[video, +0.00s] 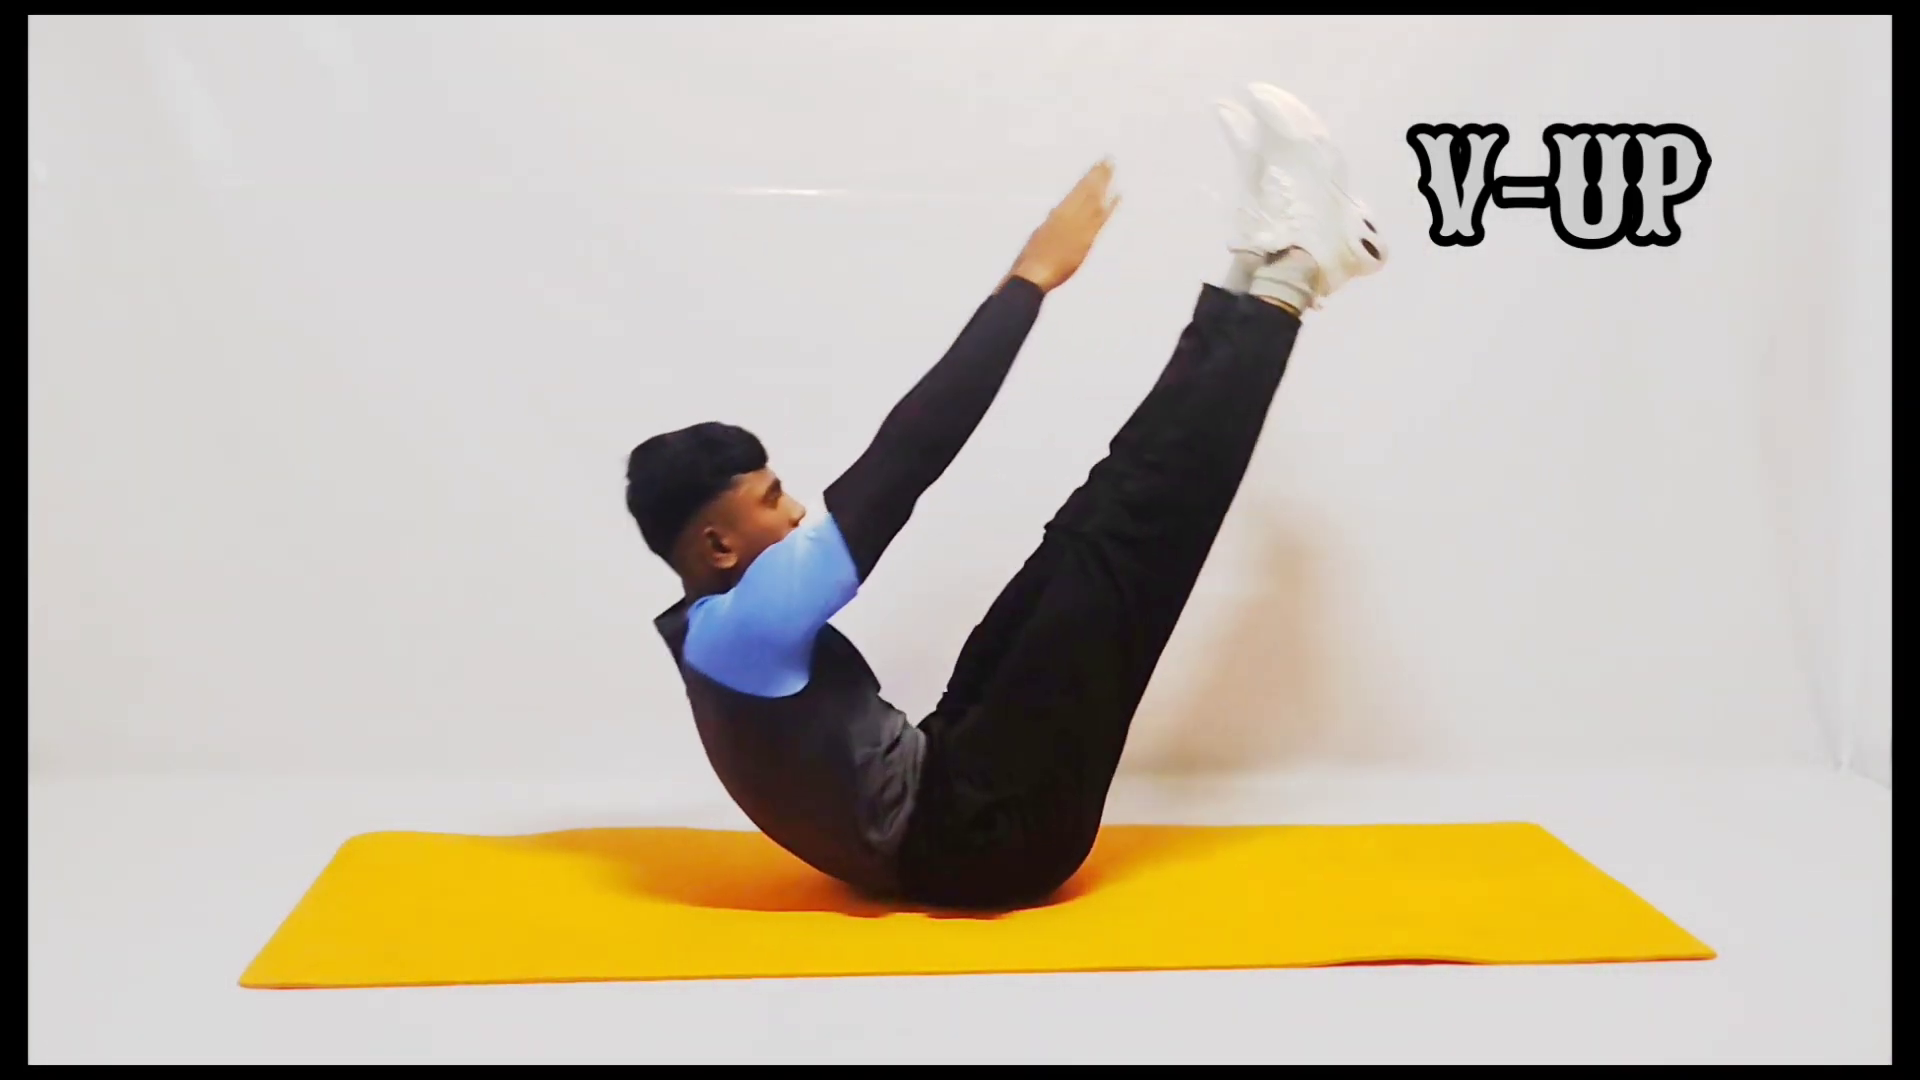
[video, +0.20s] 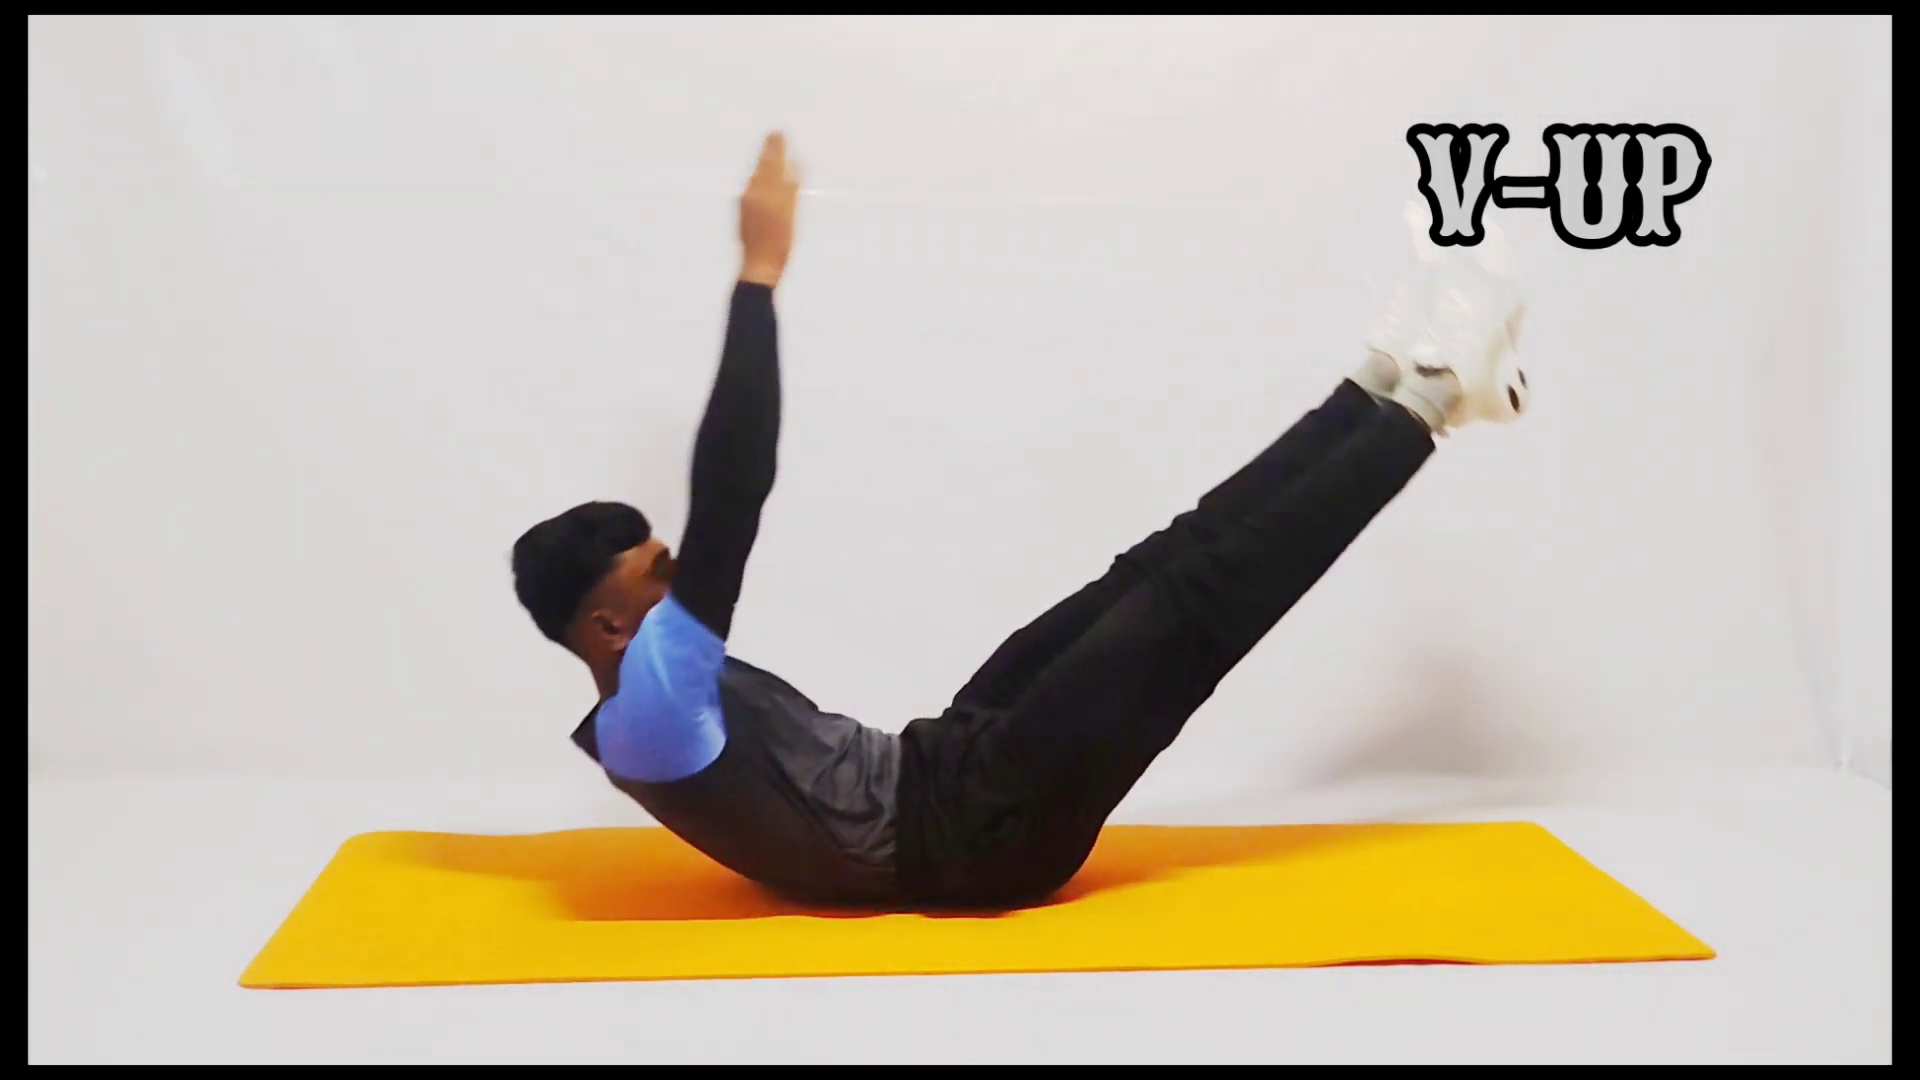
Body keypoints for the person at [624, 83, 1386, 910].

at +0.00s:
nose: (796, 507)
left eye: (777, 489)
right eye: (767, 497)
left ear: (714, 547)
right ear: (714, 543)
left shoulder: (734, 623)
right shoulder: (753, 617)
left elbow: (902, 457)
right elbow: (907, 455)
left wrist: (1020, 284)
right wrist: (1029, 280)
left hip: (955, 803)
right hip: (977, 836)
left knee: (1095, 533)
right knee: (1114, 546)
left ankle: (1260, 277)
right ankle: (1277, 285)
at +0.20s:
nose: (667, 582)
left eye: (656, 567)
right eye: (641, 576)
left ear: (613, 607)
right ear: (590, 625)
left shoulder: (657, 683)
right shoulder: (649, 702)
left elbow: (726, 500)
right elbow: (727, 501)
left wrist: (752, 287)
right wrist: (758, 281)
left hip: (948, 779)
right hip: (970, 833)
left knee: (1157, 576)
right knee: (1192, 605)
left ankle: (1381, 390)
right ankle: (1421, 409)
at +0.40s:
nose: (621, 650)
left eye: (599, 631)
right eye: (586, 645)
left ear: (557, 679)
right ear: (545, 686)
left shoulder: (631, 747)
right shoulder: (601, 796)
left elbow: (585, 564)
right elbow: (528, 592)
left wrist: (482, 387)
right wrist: (433, 399)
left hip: (953, 772)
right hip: (959, 828)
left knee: (1211, 641)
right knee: (1220, 677)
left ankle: (1478, 520)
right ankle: (1496, 543)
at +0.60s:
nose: (538, 688)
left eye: (521, 677)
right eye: (509, 699)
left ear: (526, 703)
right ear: (484, 755)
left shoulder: (593, 764)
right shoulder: (558, 833)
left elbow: (458, 635)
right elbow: (368, 702)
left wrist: (287, 536)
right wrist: (194, 590)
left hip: (959, 769)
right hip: (953, 824)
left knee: (1243, 700)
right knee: (1232, 736)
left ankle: (1539, 662)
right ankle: (1544, 666)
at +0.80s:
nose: (521, 715)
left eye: (499, 708)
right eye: (496, 733)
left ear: (510, 748)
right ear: (488, 800)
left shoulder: (583, 790)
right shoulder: (582, 847)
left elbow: (365, 758)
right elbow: (404, 821)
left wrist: (162, 723)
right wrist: (147, 752)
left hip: (986, 767)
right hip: (978, 821)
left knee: (1240, 732)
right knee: (1247, 757)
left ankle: (1548, 735)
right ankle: (1556, 735)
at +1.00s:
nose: (510, 741)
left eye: (489, 736)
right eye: (488, 760)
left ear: (511, 765)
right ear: (490, 821)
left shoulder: (608, 788)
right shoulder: (598, 847)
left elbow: (364, 801)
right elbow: (452, 872)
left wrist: (155, 831)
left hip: (973, 763)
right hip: (964, 822)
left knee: (1246, 751)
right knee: (1249, 784)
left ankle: (1561, 775)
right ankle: (1562, 779)